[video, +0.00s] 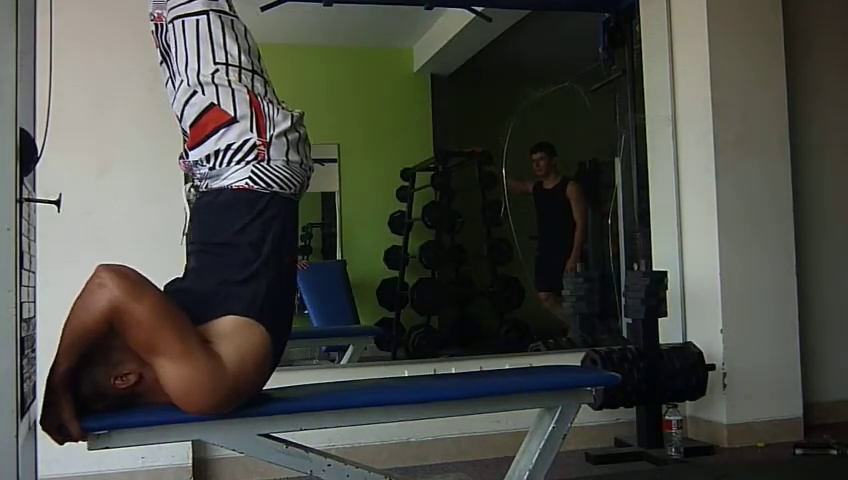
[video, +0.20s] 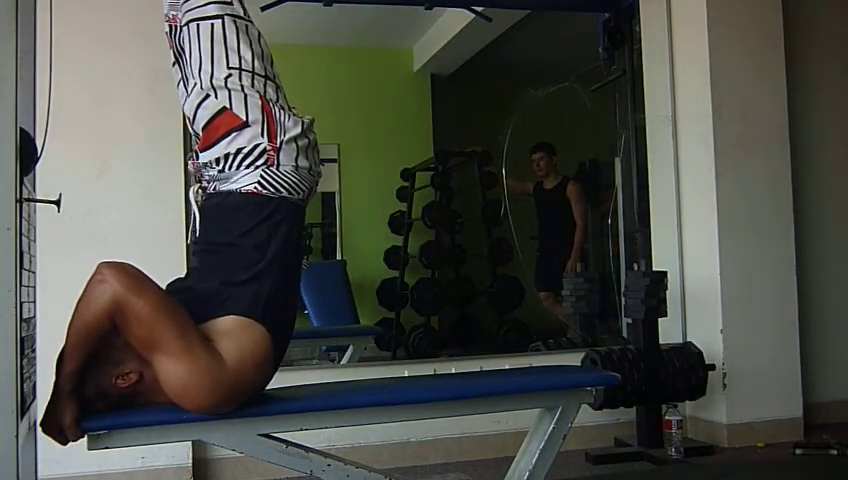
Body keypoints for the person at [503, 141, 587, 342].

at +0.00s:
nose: (537, 165)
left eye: (541, 160)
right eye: (534, 161)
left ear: (552, 161)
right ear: (532, 164)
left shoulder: (570, 187)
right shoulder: (536, 187)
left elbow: (580, 224)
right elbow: (511, 185)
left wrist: (574, 257)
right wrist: (489, 167)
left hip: (566, 250)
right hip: (545, 250)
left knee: (569, 297)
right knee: (545, 297)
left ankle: (573, 336)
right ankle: (574, 329)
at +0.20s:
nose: (537, 164)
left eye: (541, 160)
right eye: (534, 161)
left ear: (553, 161)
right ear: (532, 164)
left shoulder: (570, 187)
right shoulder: (536, 187)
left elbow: (581, 225)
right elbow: (510, 185)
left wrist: (575, 258)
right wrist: (488, 167)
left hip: (567, 250)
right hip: (546, 249)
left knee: (568, 296)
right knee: (545, 296)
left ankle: (574, 336)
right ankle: (577, 329)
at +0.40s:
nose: (537, 165)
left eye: (541, 160)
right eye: (534, 161)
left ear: (553, 161)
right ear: (532, 164)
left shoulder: (570, 187)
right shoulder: (536, 187)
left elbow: (581, 224)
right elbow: (510, 185)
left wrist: (575, 258)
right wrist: (489, 167)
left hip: (567, 250)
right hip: (546, 249)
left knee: (567, 296)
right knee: (545, 296)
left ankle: (574, 336)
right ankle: (576, 329)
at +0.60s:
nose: (537, 165)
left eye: (541, 160)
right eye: (534, 161)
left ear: (553, 161)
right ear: (532, 164)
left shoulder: (570, 187)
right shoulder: (536, 187)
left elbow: (581, 224)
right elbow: (510, 185)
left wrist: (575, 257)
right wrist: (488, 167)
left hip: (567, 250)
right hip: (546, 249)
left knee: (568, 296)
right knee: (545, 296)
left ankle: (575, 336)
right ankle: (577, 329)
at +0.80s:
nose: (537, 165)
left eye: (541, 160)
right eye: (534, 161)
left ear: (553, 161)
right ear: (532, 164)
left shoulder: (570, 187)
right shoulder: (536, 187)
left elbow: (581, 224)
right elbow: (511, 185)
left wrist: (574, 257)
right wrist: (489, 167)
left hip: (567, 250)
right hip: (546, 249)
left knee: (568, 296)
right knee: (545, 296)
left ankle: (574, 336)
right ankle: (576, 329)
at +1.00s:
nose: (537, 165)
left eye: (541, 160)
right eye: (534, 161)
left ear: (553, 161)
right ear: (532, 164)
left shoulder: (570, 187)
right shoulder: (536, 187)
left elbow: (581, 224)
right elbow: (512, 186)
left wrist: (574, 257)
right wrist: (490, 168)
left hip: (567, 249)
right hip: (546, 249)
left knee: (568, 295)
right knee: (545, 296)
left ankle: (574, 336)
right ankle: (576, 329)